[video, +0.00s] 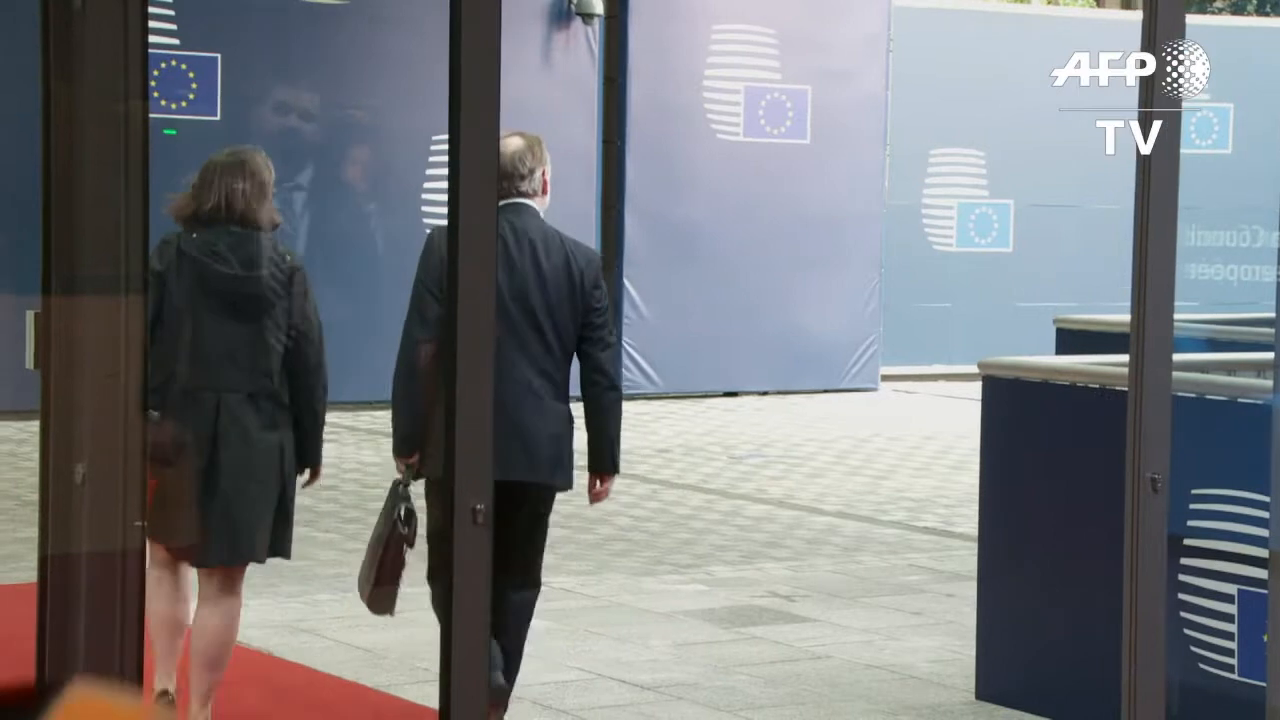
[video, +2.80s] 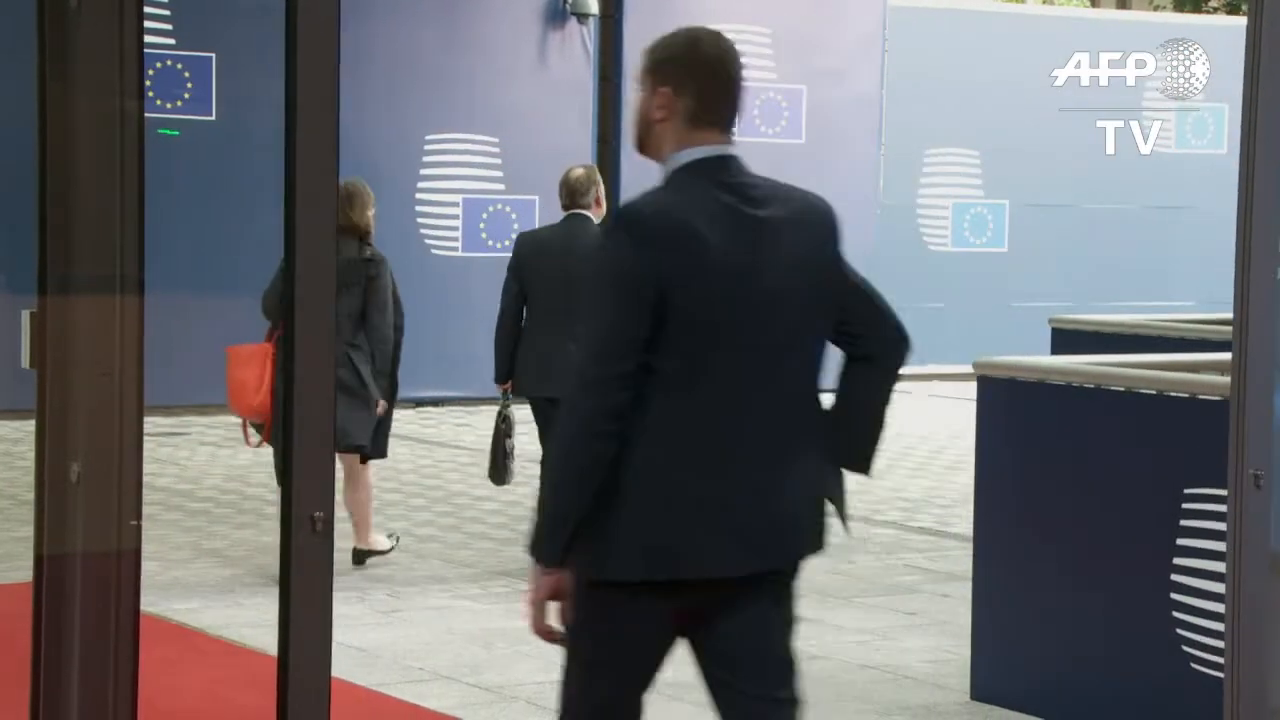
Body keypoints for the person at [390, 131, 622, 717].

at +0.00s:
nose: (549, 184)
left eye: (544, 175)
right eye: (548, 176)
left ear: (484, 181)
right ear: (542, 183)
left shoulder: (447, 246)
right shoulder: (580, 261)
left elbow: (417, 345)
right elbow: (601, 368)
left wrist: (407, 435)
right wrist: (605, 456)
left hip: (456, 446)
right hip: (536, 451)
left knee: (449, 574)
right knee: (518, 577)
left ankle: (484, 678)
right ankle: (490, 699)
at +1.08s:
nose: (509, 202)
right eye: (511, 194)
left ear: (461, 195)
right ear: (508, 197)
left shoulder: (425, 245)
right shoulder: (533, 256)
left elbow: (396, 333)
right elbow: (550, 346)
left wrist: (390, 413)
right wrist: (554, 419)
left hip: (433, 414)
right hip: (501, 417)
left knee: (437, 525)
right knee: (487, 523)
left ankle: (439, 641)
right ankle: (471, 631)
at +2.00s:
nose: (550, 191)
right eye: (550, 185)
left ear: (503, 186)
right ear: (546, 187)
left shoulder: (466, 232)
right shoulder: (565, 236)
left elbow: (447, 310)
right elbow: (583, 315)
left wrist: (445, 373)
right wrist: (584, 379)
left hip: (481, 380)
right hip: (542, 381)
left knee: (483, 483)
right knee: (543, 474)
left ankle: (486, 595)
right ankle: (539, 577)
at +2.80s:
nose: (606, 201)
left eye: (604, 195)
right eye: (605, 195)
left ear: (562, 200)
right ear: (599, 199)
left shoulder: (529, 243)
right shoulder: (611, 246)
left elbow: (510, 313)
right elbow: (621, 317)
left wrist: (503, 370)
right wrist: (620, 370)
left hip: (540, 377)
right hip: (592, 377)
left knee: (554, 461)